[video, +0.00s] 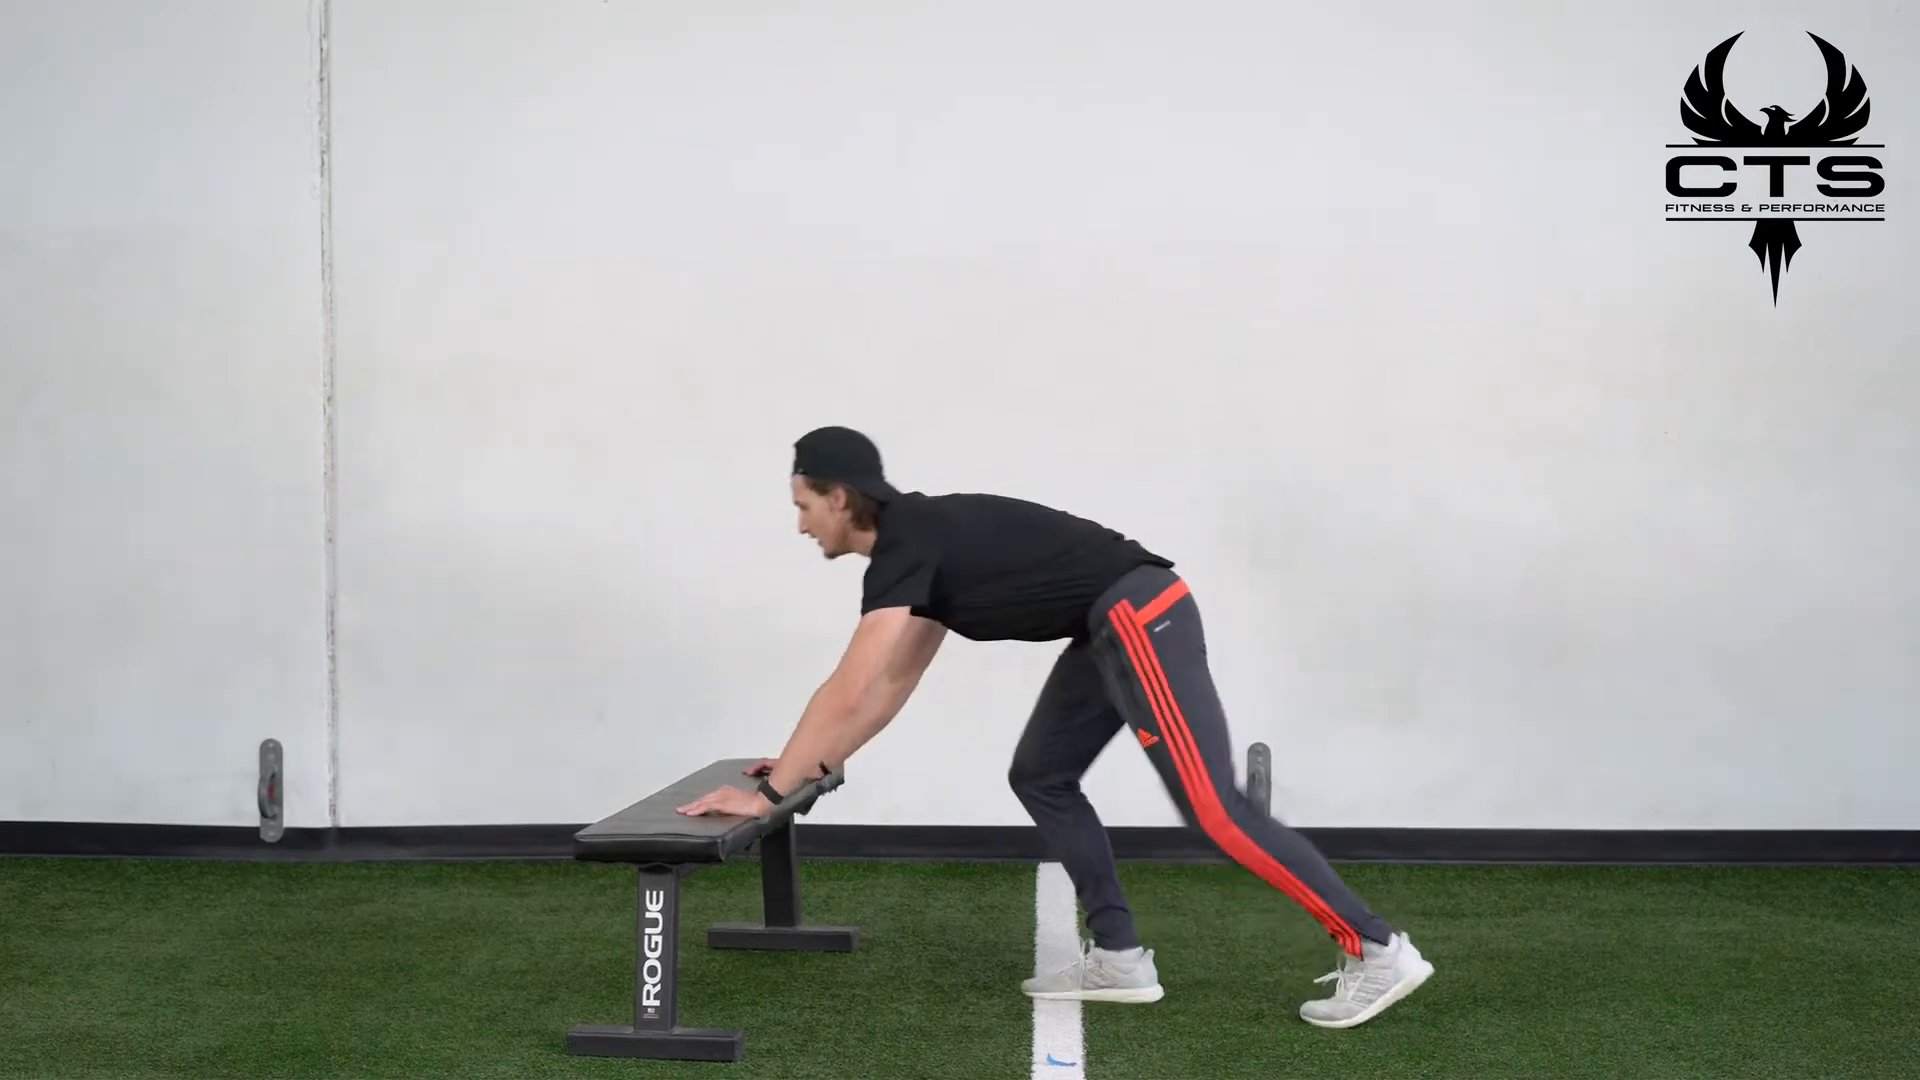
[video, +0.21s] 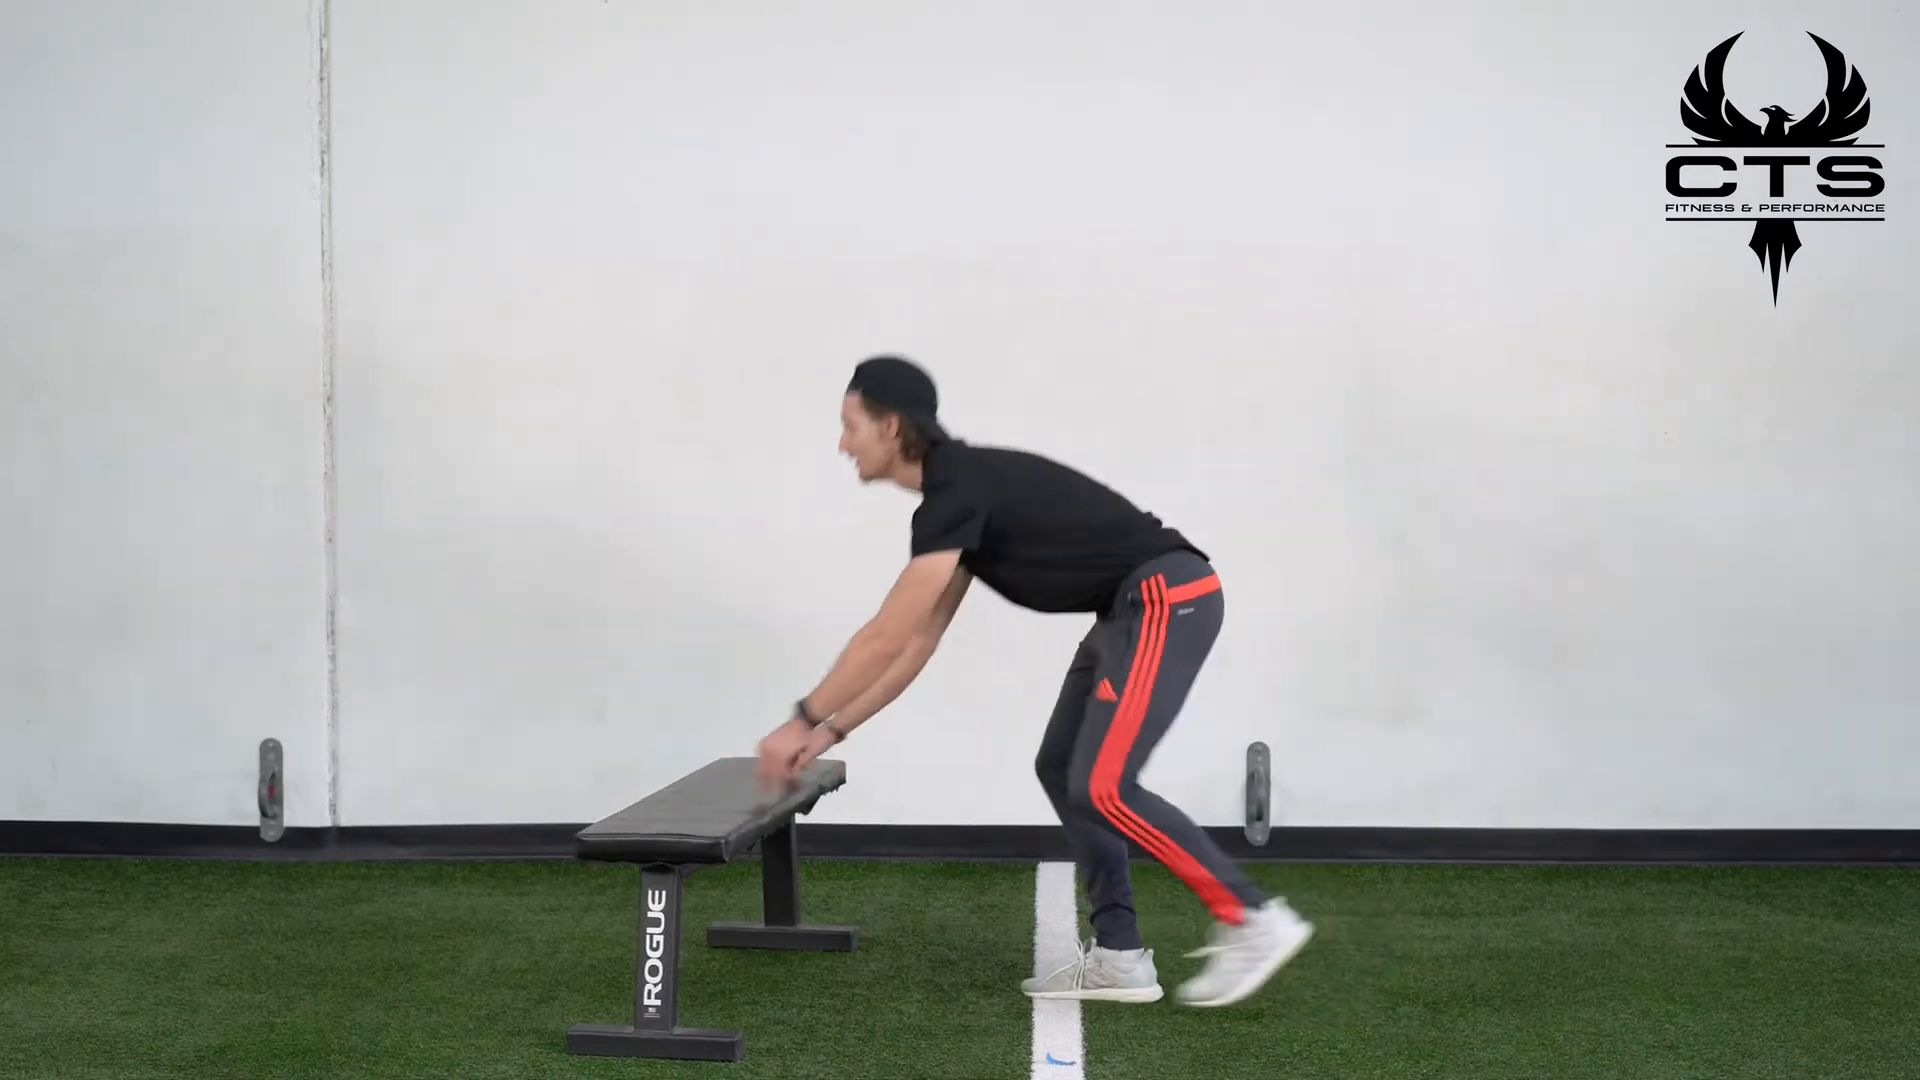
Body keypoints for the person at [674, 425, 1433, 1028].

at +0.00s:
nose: (799, 518)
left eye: (804, 502)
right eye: (797, 503)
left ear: (847, 498)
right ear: (855, 494)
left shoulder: (905, 549)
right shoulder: (925, 547)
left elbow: (850, 695)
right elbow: (888, 692)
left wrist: (767, 794)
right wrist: (810, 769)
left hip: (1139, 612)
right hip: (1105, 628)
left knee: (1215, 810)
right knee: (1042, 777)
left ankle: (1379, 949)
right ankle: (1119, 958)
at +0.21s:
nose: (842, 442)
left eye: (850, 425)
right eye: (843, 424)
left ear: (894, 426)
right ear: (895, 427)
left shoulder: (957, 493)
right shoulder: (964, 494)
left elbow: (889, 636)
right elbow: (916, 646)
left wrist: (803, 720)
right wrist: (829, 729)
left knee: (1101, 786)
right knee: (1062, 769)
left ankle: (1256, 920)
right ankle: (1120, 955)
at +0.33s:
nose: (857, 380)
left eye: (866, 365)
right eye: (859, 364)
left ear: (911, 370)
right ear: (917, 370)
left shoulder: (968, 440)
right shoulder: (967, 436)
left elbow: (971, 598)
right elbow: (971, 596)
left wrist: (908, 689)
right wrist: (909, 687)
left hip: (1159, 569)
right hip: (1149, 569)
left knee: (1083, 762)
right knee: (1083, 762)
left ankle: (1140, 958)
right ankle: (1128, 949)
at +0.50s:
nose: (897, 322)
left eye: (909, 309)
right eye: (902, 307)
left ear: (951, 322)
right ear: (955, 322)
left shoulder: (1000, 402)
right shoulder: (996, 400)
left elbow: (1013, 553)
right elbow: (1022, 565)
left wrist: (962, 667)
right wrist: (973, 670)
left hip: (1137, 591)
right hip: (1126, 589)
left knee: (1043, 780)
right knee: (1044, 777)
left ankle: (1119, 968)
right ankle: (1116, 960)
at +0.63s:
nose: (948, 288)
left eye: (961, 274)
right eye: (952, 273)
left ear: (1004, 282)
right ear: (1003, 285)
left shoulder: (1040, 366)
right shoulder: (1024, 372)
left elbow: (1010, 461)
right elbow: (1018, 485)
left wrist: (896, 485)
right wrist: (936, 478)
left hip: (1100, 604)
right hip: (1083, 602)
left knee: (1007, 796)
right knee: (1010, 792)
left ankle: (1113, 967)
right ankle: (1108, 957)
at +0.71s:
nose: (972, 232)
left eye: (982, 218)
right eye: (975, 217)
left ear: (1023, 227)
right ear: (1028, 229)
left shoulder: (1058, 314)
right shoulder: (1040, 314)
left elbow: (1026, 355)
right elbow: (1020, 372)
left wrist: (907, 311)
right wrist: (964, 327)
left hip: (1073, 563)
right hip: (1064, 558)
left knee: (1030, 762)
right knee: (1040, 759)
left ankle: (1108, 955)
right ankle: (1106, 946)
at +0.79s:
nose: (978, 170)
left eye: (991, 154)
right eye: (981, 156)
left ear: (1033, 162)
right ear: (1040, 165)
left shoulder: (1064, 244)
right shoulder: (1052, 241)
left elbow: (1016, 251)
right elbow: (998, 231)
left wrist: (943, 171)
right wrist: (943, 171)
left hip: (1060, 500)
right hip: (1050, 498)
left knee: (1059, 705)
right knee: (1059, 704)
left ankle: (1077, 908)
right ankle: (1079, 900)